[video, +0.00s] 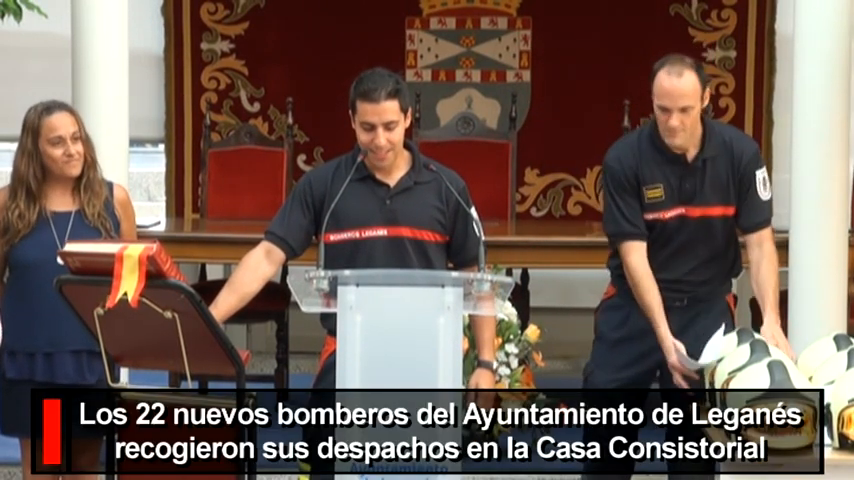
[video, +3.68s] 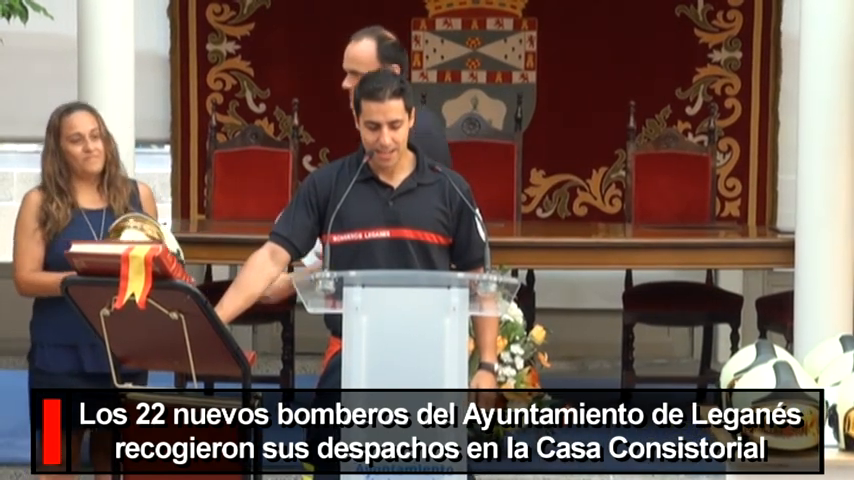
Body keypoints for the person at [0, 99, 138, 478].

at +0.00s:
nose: (72, 149)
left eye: (77, 138)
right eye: (58, 142)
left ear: (85, 140)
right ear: (35, 150)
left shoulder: (114, 200)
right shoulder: (10, 203)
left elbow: (131, 278)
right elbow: (2, 278)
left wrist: (126, 347)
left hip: (91, 359)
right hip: (26, 359)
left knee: (87, 466)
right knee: (40, 468)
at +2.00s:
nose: (86, 147)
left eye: (87, 137)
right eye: (72, 139)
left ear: (93, 139)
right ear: (42, 147)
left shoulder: (116, 196)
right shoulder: (11, 202)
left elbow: (127, 273)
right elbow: (1, 277)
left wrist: (126, 344)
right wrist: (6, 330)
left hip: (95, 355)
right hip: (30, 354)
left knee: (90, 465)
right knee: (43, 466)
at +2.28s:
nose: (95, 151)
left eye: (94, 140)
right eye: (83, 143)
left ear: (97, 141)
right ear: (52, 151)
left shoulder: (112, 194)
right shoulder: (19, 202)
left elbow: (132, 269)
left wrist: (130, 340)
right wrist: (2, 349)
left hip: (100, 348)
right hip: (38, 350)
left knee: (102, 462)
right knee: (49, 465)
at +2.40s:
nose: (97, 152)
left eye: (97, 141)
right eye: (85, 143)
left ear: (100, 142)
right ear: (55, 149)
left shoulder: (114, 195)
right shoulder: (24, 199)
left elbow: (143, 270)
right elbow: (6, 281)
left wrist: (199, 301)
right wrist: (62, 329)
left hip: (109, 353)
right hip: (46, 355)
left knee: (108, 459)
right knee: (52, 464)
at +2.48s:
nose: (98, 151)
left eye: (98, 140)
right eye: (86, 144)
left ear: (102, 141)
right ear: (56, 151)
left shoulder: (117, 194)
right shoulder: (30, 200)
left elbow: (144, 257)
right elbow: (27, 281)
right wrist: (90, 306)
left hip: (111, 346)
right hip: (53, 349)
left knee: (110, 457)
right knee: (55, 462)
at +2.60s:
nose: (102, 148)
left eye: (102, 138)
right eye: (88, 142)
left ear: (107, 139)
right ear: (61, 150)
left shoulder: (124, 193)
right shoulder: (40, 200)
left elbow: (151, 258)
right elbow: (63, 279)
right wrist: (117, 318)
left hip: (118, 348)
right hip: (61, 349)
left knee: (113, 460)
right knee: (59, 464)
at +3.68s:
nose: (91, 146)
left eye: (97, 136)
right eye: (77, 139)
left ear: (106, 140)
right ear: (58, 149)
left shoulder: (138, 195)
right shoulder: (40, 201)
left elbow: (154, 267)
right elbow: (25, 279)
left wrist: (117, 276)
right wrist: (88, 281)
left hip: (121, 353)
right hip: (59, 352)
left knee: (114, 461)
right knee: (56, 465)